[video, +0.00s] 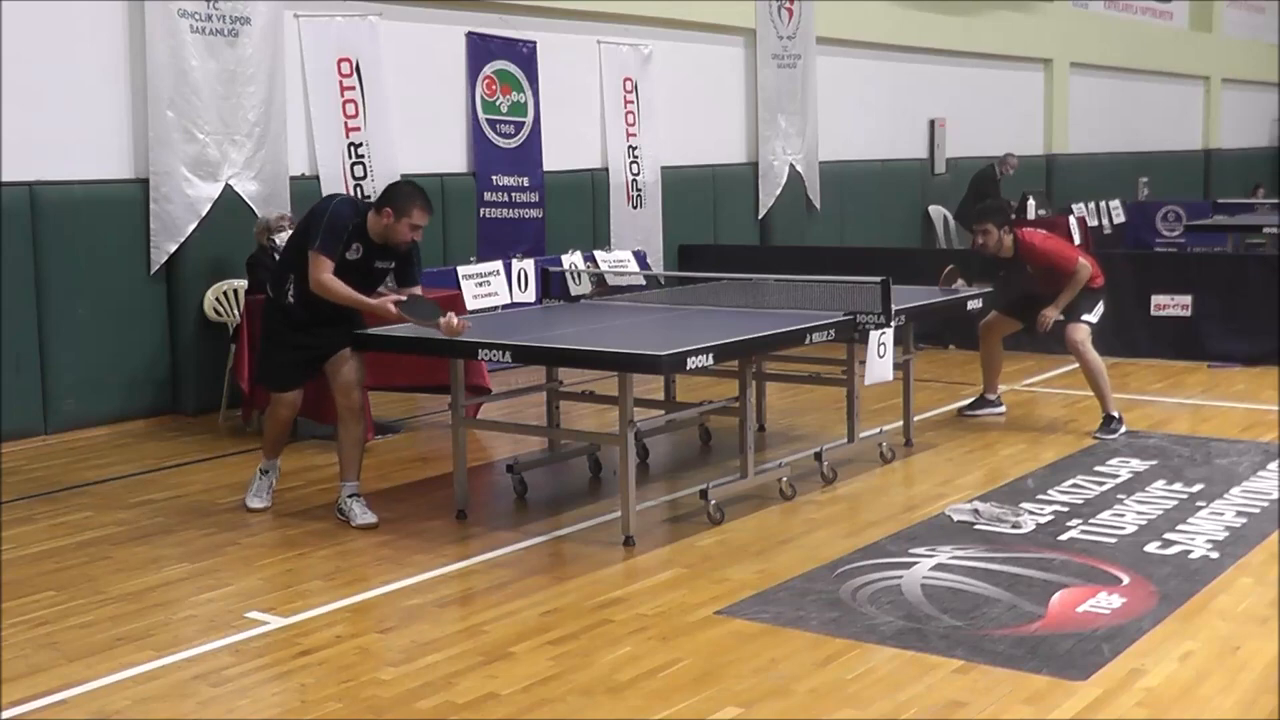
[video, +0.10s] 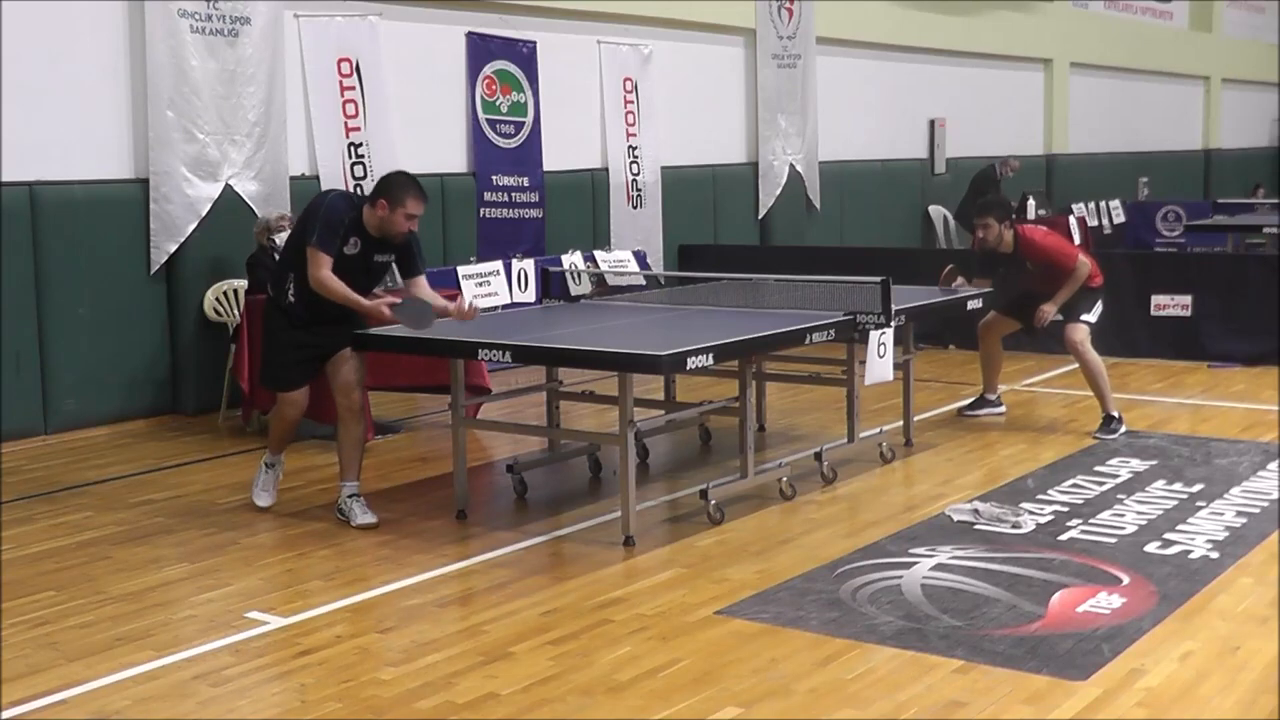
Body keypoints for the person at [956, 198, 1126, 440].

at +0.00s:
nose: (978, 240)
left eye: (985, 233)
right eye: (975, 234)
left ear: (1005, 232)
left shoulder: (1037, 245)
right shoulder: (990, 254)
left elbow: (1084, 269)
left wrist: (1056, 307)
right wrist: (962, 273)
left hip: (1086, 289)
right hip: (1043, 291)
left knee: (1076, 339)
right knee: (989, 328)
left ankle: (1111, 416)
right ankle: (990, 398)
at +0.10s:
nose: (979, 234)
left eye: (985, 227)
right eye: (976, 228)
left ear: (1006, 226)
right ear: (974, 228)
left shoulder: (1036, 241)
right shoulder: (983, 248)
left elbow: (1084, 266)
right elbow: (994, 282)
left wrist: (1054, 304)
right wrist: (968, 283)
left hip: (1084, 288)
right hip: (1040, 290)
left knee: (1076, 339)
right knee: (988, 328)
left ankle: (1111, 416)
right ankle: (990, 398)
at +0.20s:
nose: (980, 228)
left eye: (986, 221)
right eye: (977, 222)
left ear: (1007, 221)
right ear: (975, 223)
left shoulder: (1037, 237)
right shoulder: (985, 242)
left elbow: (1084, 264)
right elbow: (983, 283)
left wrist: (1053, 300)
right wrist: (964, 283)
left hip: (1083, 286)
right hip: (1040, 288)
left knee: (1075, 339)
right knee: (987, 328)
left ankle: (1111, 416)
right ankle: (990, 398)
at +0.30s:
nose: (982, 214)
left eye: (989, 208)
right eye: (980, 208)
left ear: (1009, 209)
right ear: (977, 209)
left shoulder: (1038, 227)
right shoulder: (986, 231)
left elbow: (1084, 258)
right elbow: (980, 280)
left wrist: (1051, 291)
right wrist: (964, 278)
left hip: (1080, 283)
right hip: (1040, 285)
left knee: (1076, 340)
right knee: (987, 330)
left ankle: (1111, 415)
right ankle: (990, 398)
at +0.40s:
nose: (984, 205)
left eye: (991, 198)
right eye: (981, 198)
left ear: (1011, 199)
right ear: (978, 200)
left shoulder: (1039, 220)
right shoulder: (988, 227)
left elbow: (1083, 253)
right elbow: (978, 279)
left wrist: (1050, 284)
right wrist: (962, 273)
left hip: (1078, 280)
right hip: (1037, 282)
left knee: (1076, 339)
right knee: (988, 329)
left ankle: (1111, 415)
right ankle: (990, 398)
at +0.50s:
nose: (989, 191)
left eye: (996, 184)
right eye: (986, 185)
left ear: (1016, 187)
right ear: (985, 187)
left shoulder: (1043, 210)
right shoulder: (991, 220)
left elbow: (1085, 243)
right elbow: (980, 268)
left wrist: (1053, 274)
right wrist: (965, 264)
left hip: (1075, 278)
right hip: (1034, 281)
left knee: (1078, 339)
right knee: (988, 329)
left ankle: (1112, 416)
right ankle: (990, 397)